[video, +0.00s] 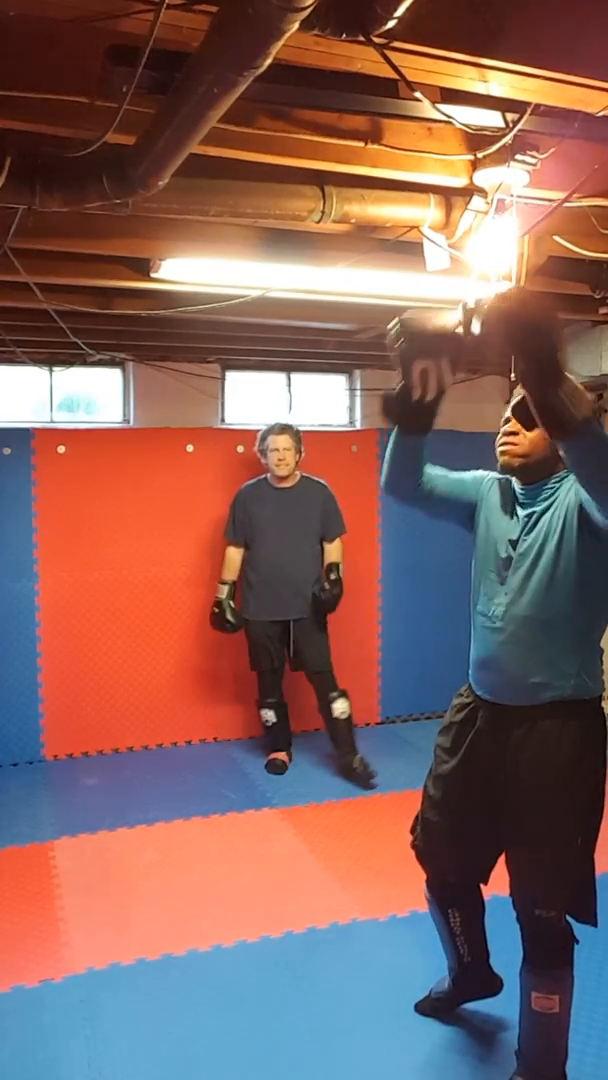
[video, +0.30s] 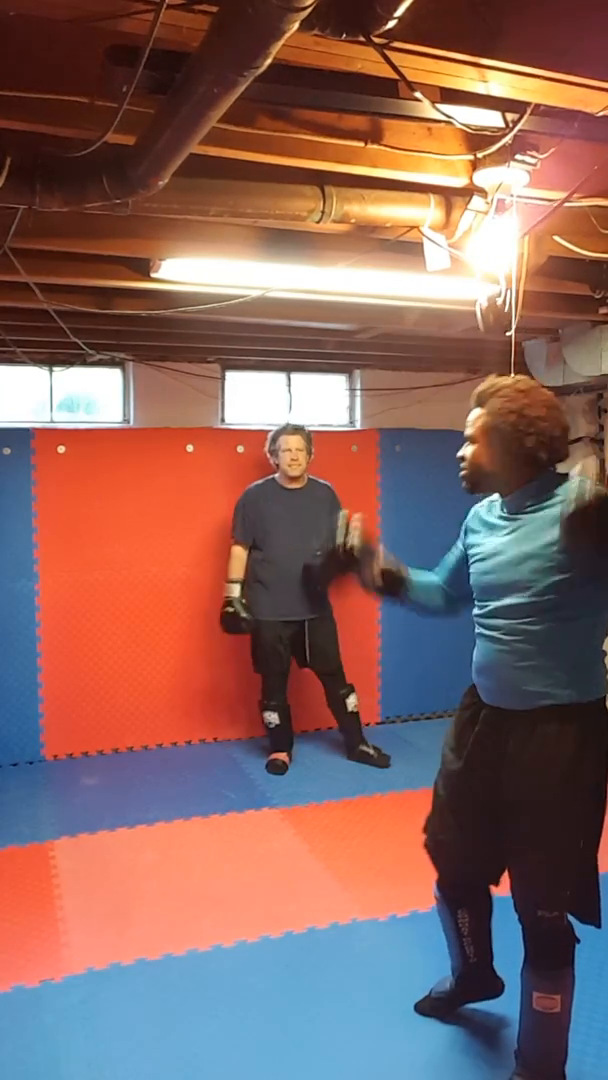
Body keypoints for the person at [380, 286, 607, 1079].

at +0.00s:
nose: (510, 428)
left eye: (525, 421)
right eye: (507, 417)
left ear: (562, 435)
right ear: (502, 429)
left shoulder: (588, 501)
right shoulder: (487, 489)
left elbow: (604, 483)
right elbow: (403, 482)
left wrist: (558, 391)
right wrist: (419, 405)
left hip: (561, 724)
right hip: (479, 713)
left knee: (543, 905)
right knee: (440, 847)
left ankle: (543, 1066)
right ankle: (473, 974)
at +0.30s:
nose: (460, 451)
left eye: (472, 438)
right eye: (463, 437)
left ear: (518, 445)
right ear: (498, 445)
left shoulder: (581, 510)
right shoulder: (481, 516)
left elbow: (598, 564)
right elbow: (447, 593)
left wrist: (596, 505)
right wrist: (380, 571)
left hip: (564, 727)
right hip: (486, 718)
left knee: (543, 901)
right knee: (455, 855)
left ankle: (542, 1067)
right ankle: (474, 973)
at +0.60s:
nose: (453, 472)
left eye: (460, 457)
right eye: (453, 458)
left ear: (502, 454)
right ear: (497, 456)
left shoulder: (570, 515)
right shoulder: (502, 516)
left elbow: (606, 616)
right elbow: (506, 607)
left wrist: (550, 649)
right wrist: (437, 608)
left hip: (560, 728)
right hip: (503, 717)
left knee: (545, 890)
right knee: (505, 854)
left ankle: (544, 1065)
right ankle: (522, 967)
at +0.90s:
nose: (477, 461)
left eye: (480, 448)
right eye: (479, 448)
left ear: (503, 451)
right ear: (538, 446)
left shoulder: (534, 502)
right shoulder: (566, 498)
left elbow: (505, 608)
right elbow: (536, 594)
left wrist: (446, 578)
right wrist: (472, 558)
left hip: (543, 704)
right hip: (573, 698)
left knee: (540, 870)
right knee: (567, 856)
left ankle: (542, 1064)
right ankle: (590, 985)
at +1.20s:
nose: (483, 480)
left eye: (487, 467)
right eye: (481, 469)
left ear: (521, 458)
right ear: (533, 459)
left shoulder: (529, 514)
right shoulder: (585, 505)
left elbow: (474, 601)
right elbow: (530, 591)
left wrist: (418, 575)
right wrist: (453, 567)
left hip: (536, 695)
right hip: (581, 689)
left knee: (500, 856)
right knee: (567, 841)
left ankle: (525, 1047)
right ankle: (598, 982)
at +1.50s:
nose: (457, 478)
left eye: (460, 466)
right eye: (457, 466)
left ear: (485, 461)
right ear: (512, 460)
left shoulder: (481, 512)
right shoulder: (559, 508)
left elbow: (431, 592)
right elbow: (506, 581)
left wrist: (395, 568)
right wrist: (426, 564)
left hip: (500, 690)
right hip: (560, 686)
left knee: (465, 835)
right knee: (561, 832)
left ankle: (436, 976)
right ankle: (593, 977)